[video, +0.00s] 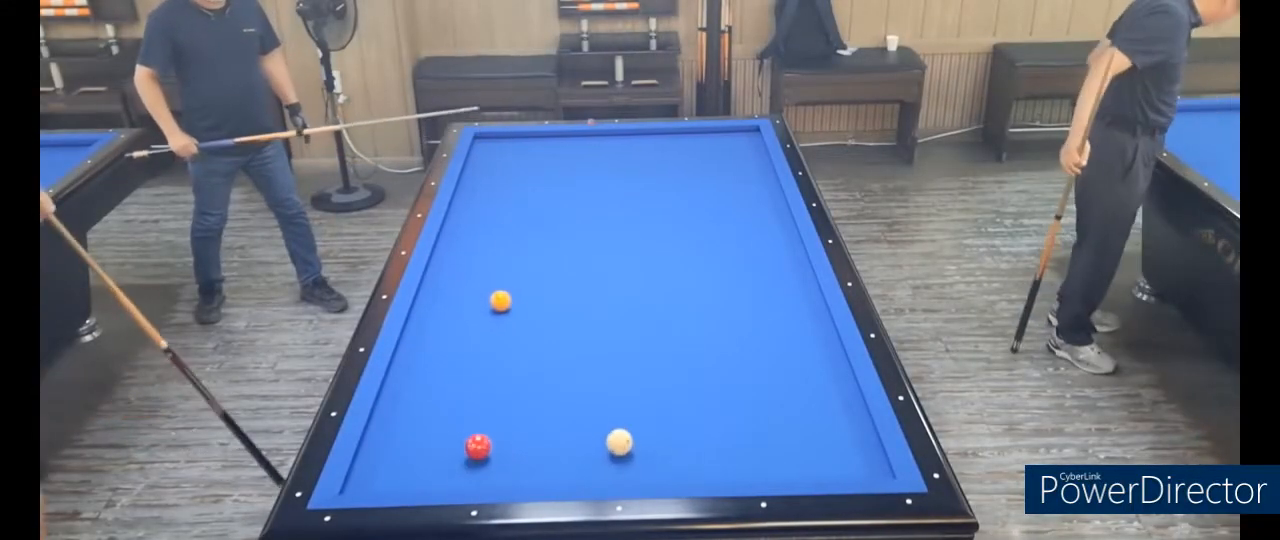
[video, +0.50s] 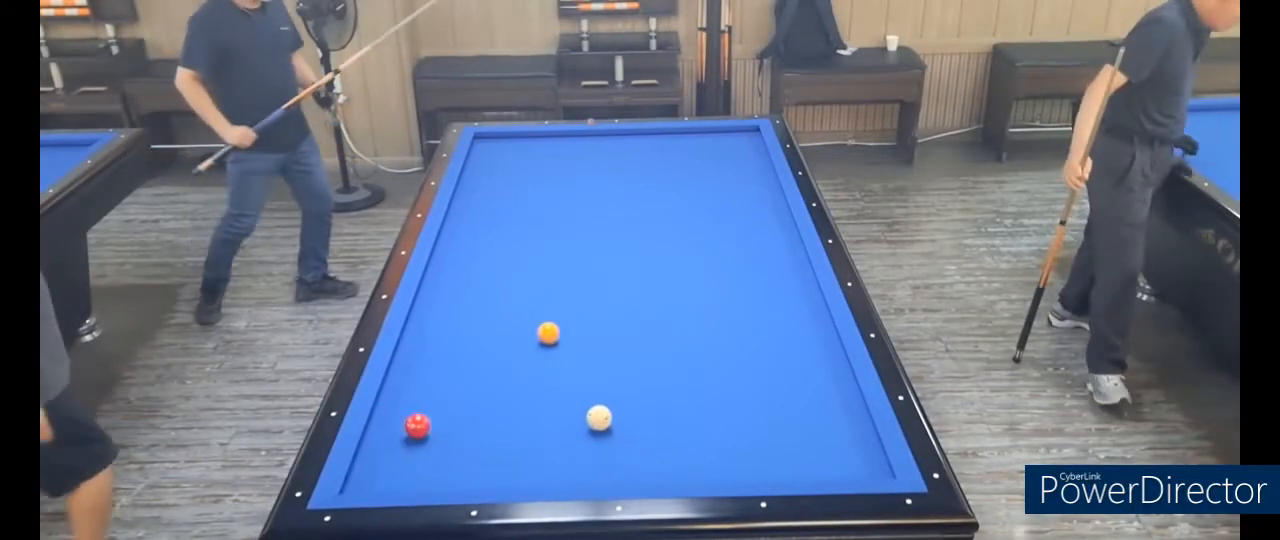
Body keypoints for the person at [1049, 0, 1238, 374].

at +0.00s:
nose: (1228, 15)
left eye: (1231, 9)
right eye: (1232, 8)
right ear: (1220, 3)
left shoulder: (1154, 7)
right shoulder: (1169, 18)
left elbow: (1097, 57)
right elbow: (1102, 67)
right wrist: (1075, 139)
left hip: (1112, 141)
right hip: (1122, 148)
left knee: (1096, 238)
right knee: (1102, 245)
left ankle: (1069, 310)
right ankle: (1070, 335)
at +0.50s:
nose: (1237, 15)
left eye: (1238, 8)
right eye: (1236, 6)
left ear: (1217, 4)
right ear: (1215, 1)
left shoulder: (1194, 28)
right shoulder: (1163, 26)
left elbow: (1154, 91)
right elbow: (1099, 87)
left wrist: (1164, 140)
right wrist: (1076, 156)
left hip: (1150, 155)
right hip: (1123, 155)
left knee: (1105, 237)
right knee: (1122, 266)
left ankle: (1071, 306)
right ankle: (1104, 367)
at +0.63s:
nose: (1239, 24)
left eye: (1241, 15)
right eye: (1237, 13)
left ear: (1212, 7)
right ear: (1208, 4)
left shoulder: (1202, 41)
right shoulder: (1158, 39)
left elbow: (1168, 101)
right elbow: (1095, 99)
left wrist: (1185, 144)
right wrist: (1068, 171)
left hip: (1159, 167)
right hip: (1122, 166)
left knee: (1111, 238)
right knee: (1124, 271)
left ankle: (1073, 304)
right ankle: (1108, 377)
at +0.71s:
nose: (1240, 29)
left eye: (1242, 20)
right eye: (1238, 17)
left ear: (1212, 9)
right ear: (1208, 6)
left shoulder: (1209, 49)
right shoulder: (1155, 43)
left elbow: (1197, 108)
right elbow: (1095, 105)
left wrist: (1204, 155)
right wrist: (1066, 174)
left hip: (1165, 173)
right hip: (1120, 167)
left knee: (1121, 243)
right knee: (1127, 273)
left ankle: (1076, 303)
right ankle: (1109, 381)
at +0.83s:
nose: (1240, 31)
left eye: (1242, 22)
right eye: (1235, 20)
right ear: (1205, 10)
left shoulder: (1229, 61)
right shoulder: (1151, 49)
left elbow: (1217, 118)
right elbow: (1096, 112)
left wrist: (1226, 174)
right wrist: (1066, 185)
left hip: (1179, 187)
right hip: (1124, 180)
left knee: (1172, 274)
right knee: (1121, 282)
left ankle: (1101, 299)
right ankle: (1107, 380)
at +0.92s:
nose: (1236, 40)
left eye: (1240, 32)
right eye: (1232, 27)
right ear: (1205, 13)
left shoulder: (1232, 64)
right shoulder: (1150, 51)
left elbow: (1227, 127)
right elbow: (1098, 114)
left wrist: (1234, 185)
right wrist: (1069, 190)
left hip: (1187, 192)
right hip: (1127, 186)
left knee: (1173, 281)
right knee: (1118, 289)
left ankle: (1109, 313)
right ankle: (1107, 380)